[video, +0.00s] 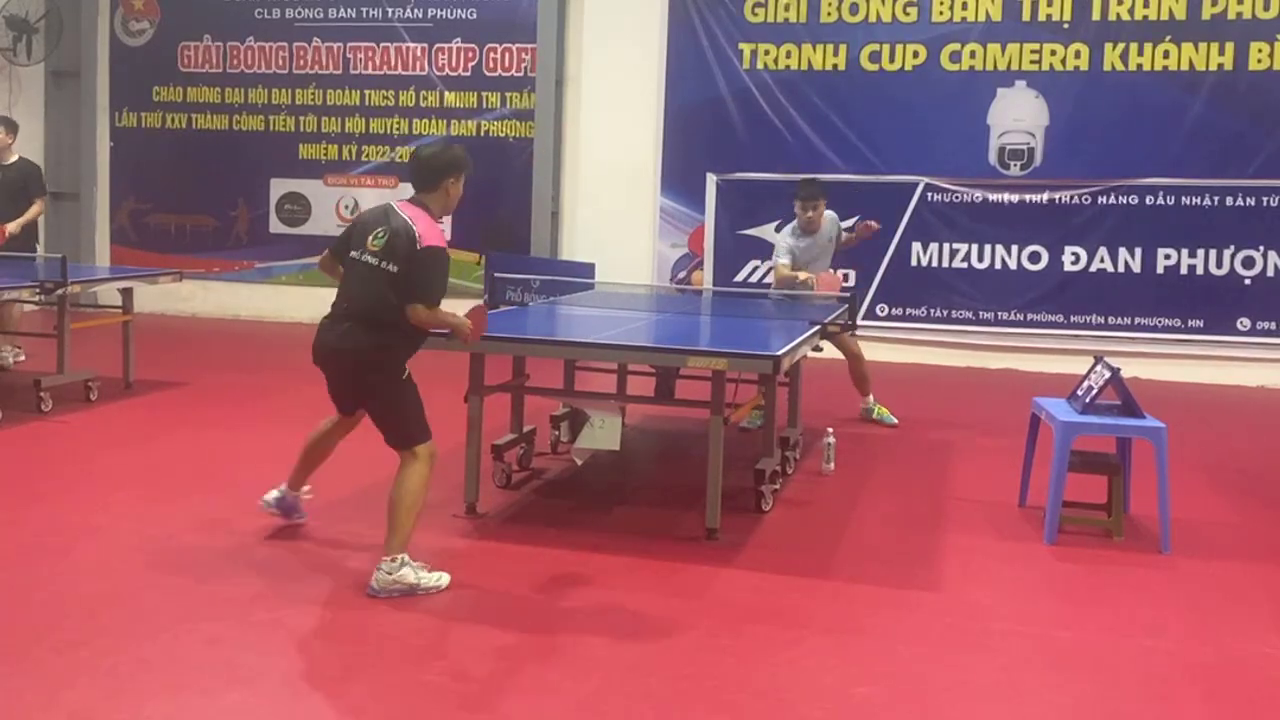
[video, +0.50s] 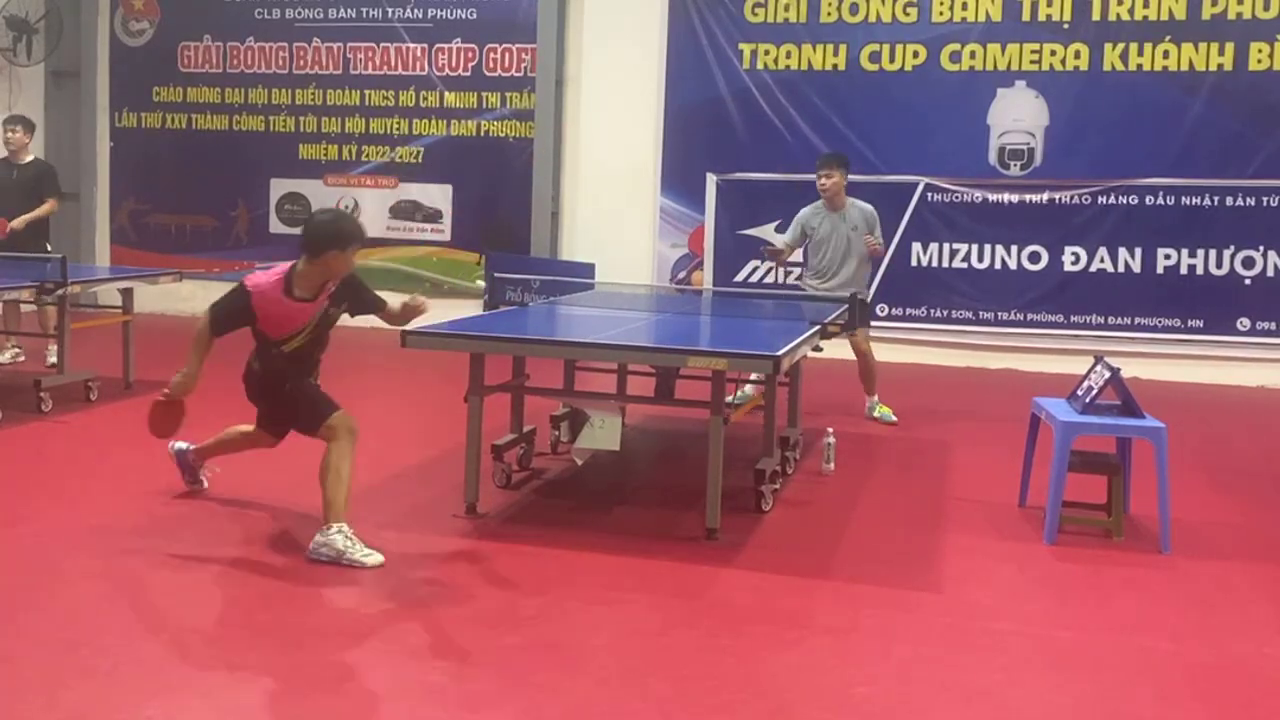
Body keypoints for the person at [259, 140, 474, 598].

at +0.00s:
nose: (461, 193)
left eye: (461, 185)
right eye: (461, 185)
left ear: (418, 180)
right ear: (449, 186)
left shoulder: (377, 214)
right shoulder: (429, 239)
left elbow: (328, 262)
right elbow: (417, 312)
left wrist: (369, 289)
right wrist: (458, 323)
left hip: (331, 342)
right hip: (375, 356)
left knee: (349, 416)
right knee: (419, 453)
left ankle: (288, 492)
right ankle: (393, 564)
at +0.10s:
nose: (452, 202)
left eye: (452, 193)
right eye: (451, 194)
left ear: (409, 190)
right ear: (436, 194)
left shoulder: (373, 222)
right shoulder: (411, 249)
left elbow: (334, 275)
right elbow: (394, 322)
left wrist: (381, 304)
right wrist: (443, 341)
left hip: (322, 353)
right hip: (367, 365)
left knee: (315, 431)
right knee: (411, 455)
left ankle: (248, 511)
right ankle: (394, 563)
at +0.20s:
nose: (445, 203)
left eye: (446, 194)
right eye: (443, 194)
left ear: (406, 192)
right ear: (429, 197)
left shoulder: (376, 219)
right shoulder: (388, 248)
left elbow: (367, 272)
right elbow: (357, 322)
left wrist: (417, 281)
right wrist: (406, 361)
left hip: (299, 333)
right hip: (330, 344)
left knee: (315, 406)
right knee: (386, 434)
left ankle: (243, 479)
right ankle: (380, 541)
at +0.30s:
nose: (428, 223)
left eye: (429, 215)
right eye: (426, 214)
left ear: (396, 212)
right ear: (405, 214)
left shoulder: (380, 246)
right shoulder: (350, 265)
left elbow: (393, 295)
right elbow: (300, 323)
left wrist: (445, 292)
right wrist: (338, 377)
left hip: (315, 348)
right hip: (302, 353)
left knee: (301, 418)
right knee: (380, 425)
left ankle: (230, 474)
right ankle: (336, 530)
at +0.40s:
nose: (396, 246)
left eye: (397, 239)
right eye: (394, 238)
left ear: (369, 235)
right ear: (374, 236)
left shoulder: (371, 274)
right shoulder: (305, 281)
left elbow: (405, 312)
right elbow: (247, 327)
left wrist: (442, 302)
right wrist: (248, 391)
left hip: (318, 364)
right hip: (289, 368)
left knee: (284, 426)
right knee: (369, 425)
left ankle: (212, 456)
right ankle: (336, 531)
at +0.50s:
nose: (354, 261)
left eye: (354, 254)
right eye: (350, 253)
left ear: (329, 256)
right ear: (327, 255)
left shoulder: (343, 284)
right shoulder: (260, 290)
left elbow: (388, 312)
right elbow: (209, 322)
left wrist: (406, 311)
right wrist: (190, 374)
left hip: (301, 378)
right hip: (272, 380)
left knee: (265, 436)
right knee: (342, 428)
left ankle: (191, 455)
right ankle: (334, 532)